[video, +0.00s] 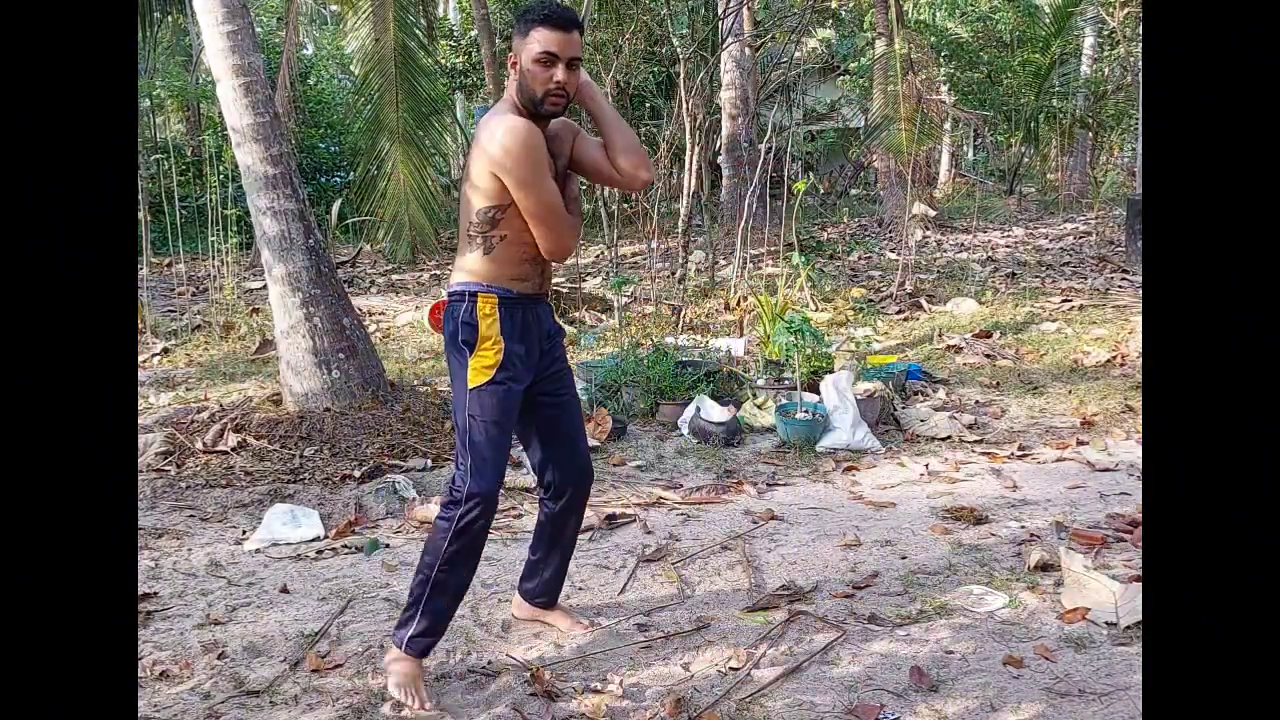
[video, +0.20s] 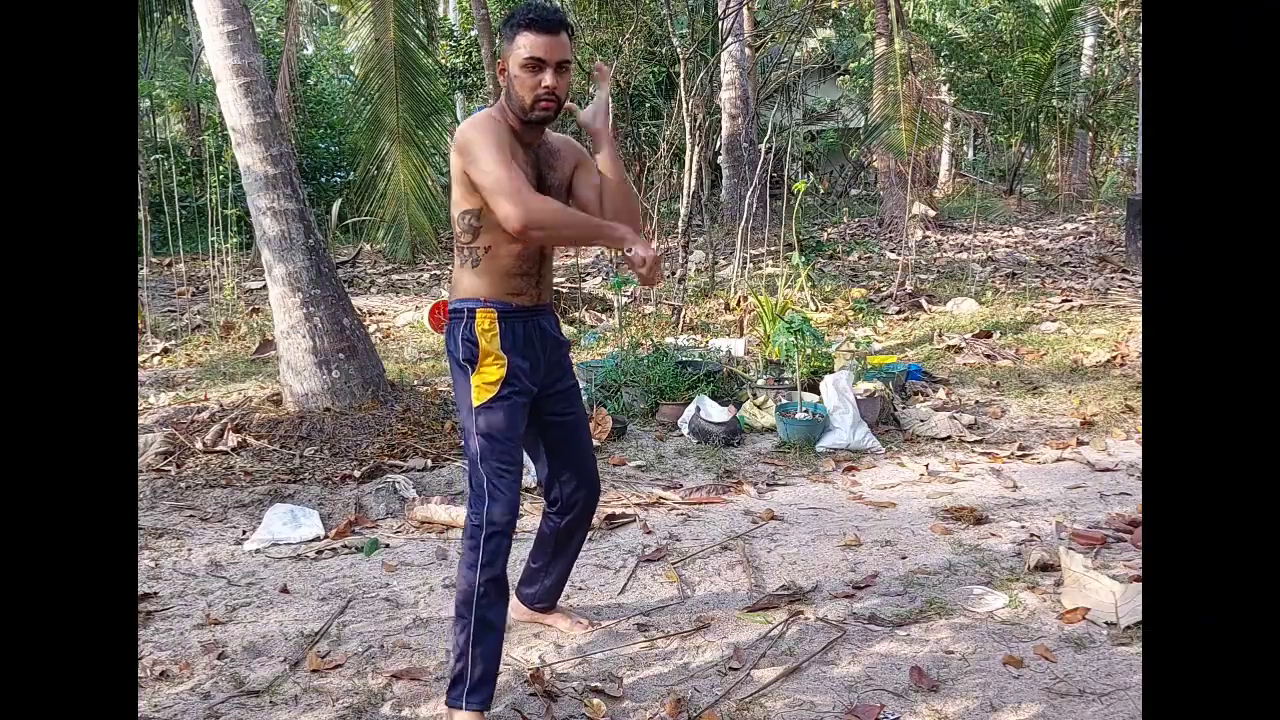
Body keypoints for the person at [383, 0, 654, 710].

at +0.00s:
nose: (561, 76)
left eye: (572, 65)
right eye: (547, 61)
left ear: (577, 72)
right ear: (514, 60)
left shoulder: (547, 130)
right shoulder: (510, 133)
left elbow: (636, 172)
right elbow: (559, 246)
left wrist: (586, 88)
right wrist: (569, 172)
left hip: (533, 317)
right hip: (486, 319)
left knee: (569, 474)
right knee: (475, 491)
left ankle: (536, 600)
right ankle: (408, 652)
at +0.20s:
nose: (549, 82)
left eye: (561, 68)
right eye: (533, 67)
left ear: (572, 72)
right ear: (502, 69)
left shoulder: (565, 152)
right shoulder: (482, 131)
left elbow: (627, 230)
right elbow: (519, 213)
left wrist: (603, 139)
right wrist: (622, 240)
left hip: (541, 333)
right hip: (485, 333)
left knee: (576, 488)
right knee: (493, 516)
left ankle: (535, 597)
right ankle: (467, 700)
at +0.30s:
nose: (542, 78)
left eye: (553, 65)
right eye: (527, 64)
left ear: (564, 70)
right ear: (494, 67)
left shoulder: (573, 158)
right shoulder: (459, 137)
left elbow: (612, 267)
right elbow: (440, 224)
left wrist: (569, 225)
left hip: (545, 337)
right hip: (486, 337)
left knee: (583, 495)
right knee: (507, 519)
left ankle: (540, 594)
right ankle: (473, 702)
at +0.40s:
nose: (528, 73)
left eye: (539, 58)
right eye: (510, 59)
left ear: (551, 64)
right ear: (477, 65)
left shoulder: (573, 149)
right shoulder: (449, 142)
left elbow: (595, 260)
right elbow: (418, 213)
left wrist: (502, 268)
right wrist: (437, 94)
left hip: (550, 341)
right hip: (483, 343)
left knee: (576, 494)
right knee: (493, 520)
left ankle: (536, 592)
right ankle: (469, 701)